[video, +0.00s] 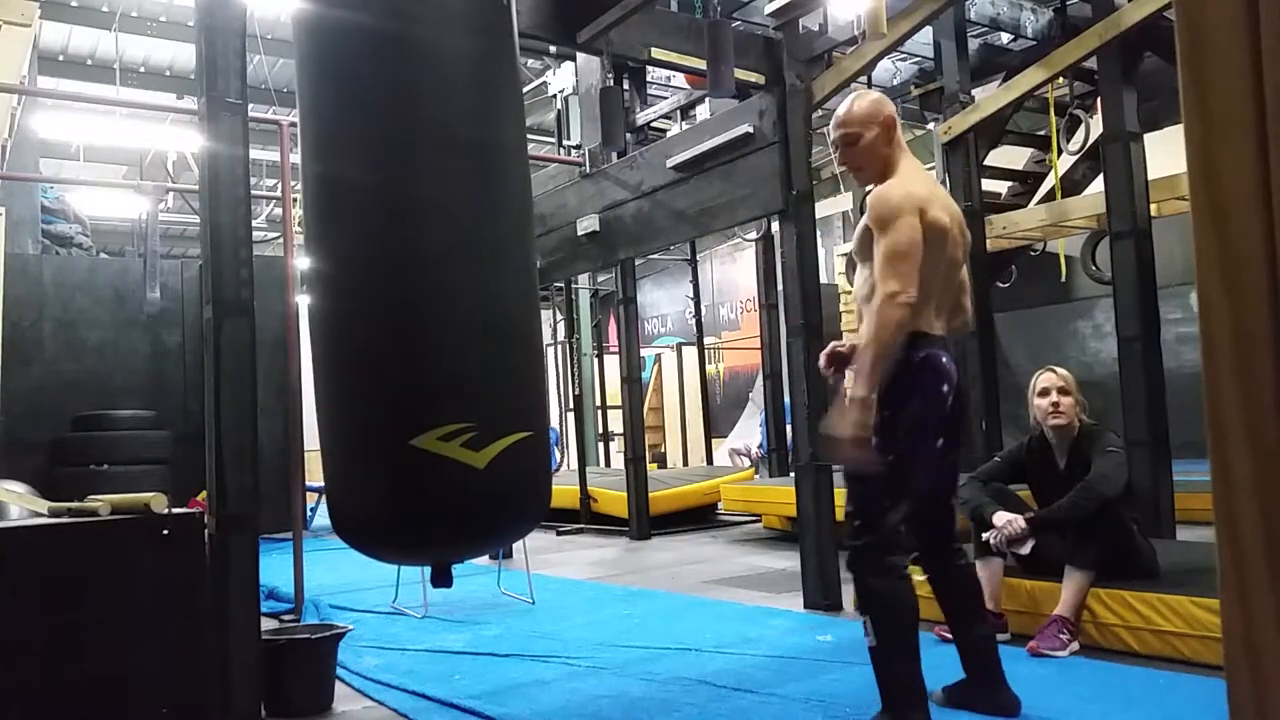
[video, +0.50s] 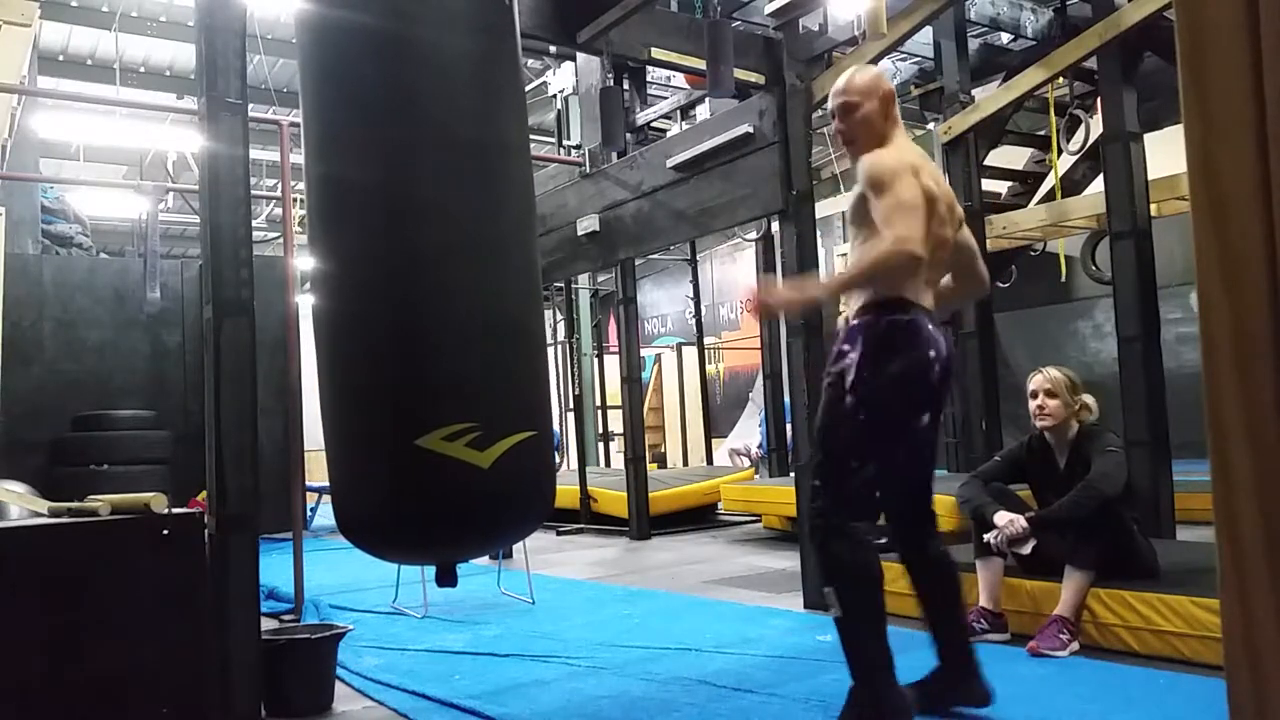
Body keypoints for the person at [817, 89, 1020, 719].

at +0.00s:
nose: (840, 155)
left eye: (849, 141)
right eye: (836, 143)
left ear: (887, 133)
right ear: (892, 138)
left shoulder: (892, 196)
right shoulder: (932, 195)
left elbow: (895, 300)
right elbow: (954, 308)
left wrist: (858, 395)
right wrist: (861, 343)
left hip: (902, 373)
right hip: (938, 370)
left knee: (873, 546)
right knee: (936, 533)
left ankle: (901, 706)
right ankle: (987, 681)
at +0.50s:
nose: (836, 125)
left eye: (846, 111)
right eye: (833, 114)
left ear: (882, 107)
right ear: (887, 113)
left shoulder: (886, 163)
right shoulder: (928, 172)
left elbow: (904, 246)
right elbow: (975, 275)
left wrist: (806, 290)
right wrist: (904, 303)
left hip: (881, 341)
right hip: (925, 343)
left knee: (838, 515)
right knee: (911, 517)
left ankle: (874, 691)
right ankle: (960, 670)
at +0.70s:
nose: (817, 143)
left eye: (827, 129)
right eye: (814, 132)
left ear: (871, 125)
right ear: (872, 134)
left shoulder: (849, 182)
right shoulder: (914, 199)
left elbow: (808, 237)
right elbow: (977, 299)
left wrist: (694, 248)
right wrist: (918, 348)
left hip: (873, 378)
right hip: (914, 379)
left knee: (828, 549)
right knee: (883, 552)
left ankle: (825, 711)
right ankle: (942, 695)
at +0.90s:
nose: (808, 122)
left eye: (821, 107)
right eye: (803, 112)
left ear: (863, 106)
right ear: (803, 119)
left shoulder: (875, 175)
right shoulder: (836, 191)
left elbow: (959, 220)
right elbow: (809, 299)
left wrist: (951, 291)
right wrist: (737, 278)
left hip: (854, 389)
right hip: (828, 389)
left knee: (770, 547)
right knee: (851, 539)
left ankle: (790, 711)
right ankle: (935, 673)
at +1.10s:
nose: (848, 78)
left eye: (865, 63)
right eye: (844, 65)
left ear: (912, 74)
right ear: (839, 74)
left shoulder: (951, 179)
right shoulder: (811, 137)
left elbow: (1067, 214)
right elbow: (721, 181)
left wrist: (1107, 167)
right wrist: (679, 146)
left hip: (821, 365)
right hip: (739, 320)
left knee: (823, 545)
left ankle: (804, 713)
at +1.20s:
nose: (891, 97)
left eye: (908, 84)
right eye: (883, 82)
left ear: (939, 93)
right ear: (870, 84)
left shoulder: (942, 194)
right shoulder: (824, 140)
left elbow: (1019, 222)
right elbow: (714, 199)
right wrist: (613, 233)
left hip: (796, 356)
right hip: (736, 276)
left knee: (811, 539)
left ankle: (789, 713)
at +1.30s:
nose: (883, 94)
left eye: (900, 82)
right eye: (882, 79)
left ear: (933, 103)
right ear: (871, 85)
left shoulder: (944, 222)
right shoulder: (820, 137)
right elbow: (729, 201)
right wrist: (644, 218)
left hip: (764, 354)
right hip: (701, 263)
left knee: (767, 541)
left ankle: (762, 714)